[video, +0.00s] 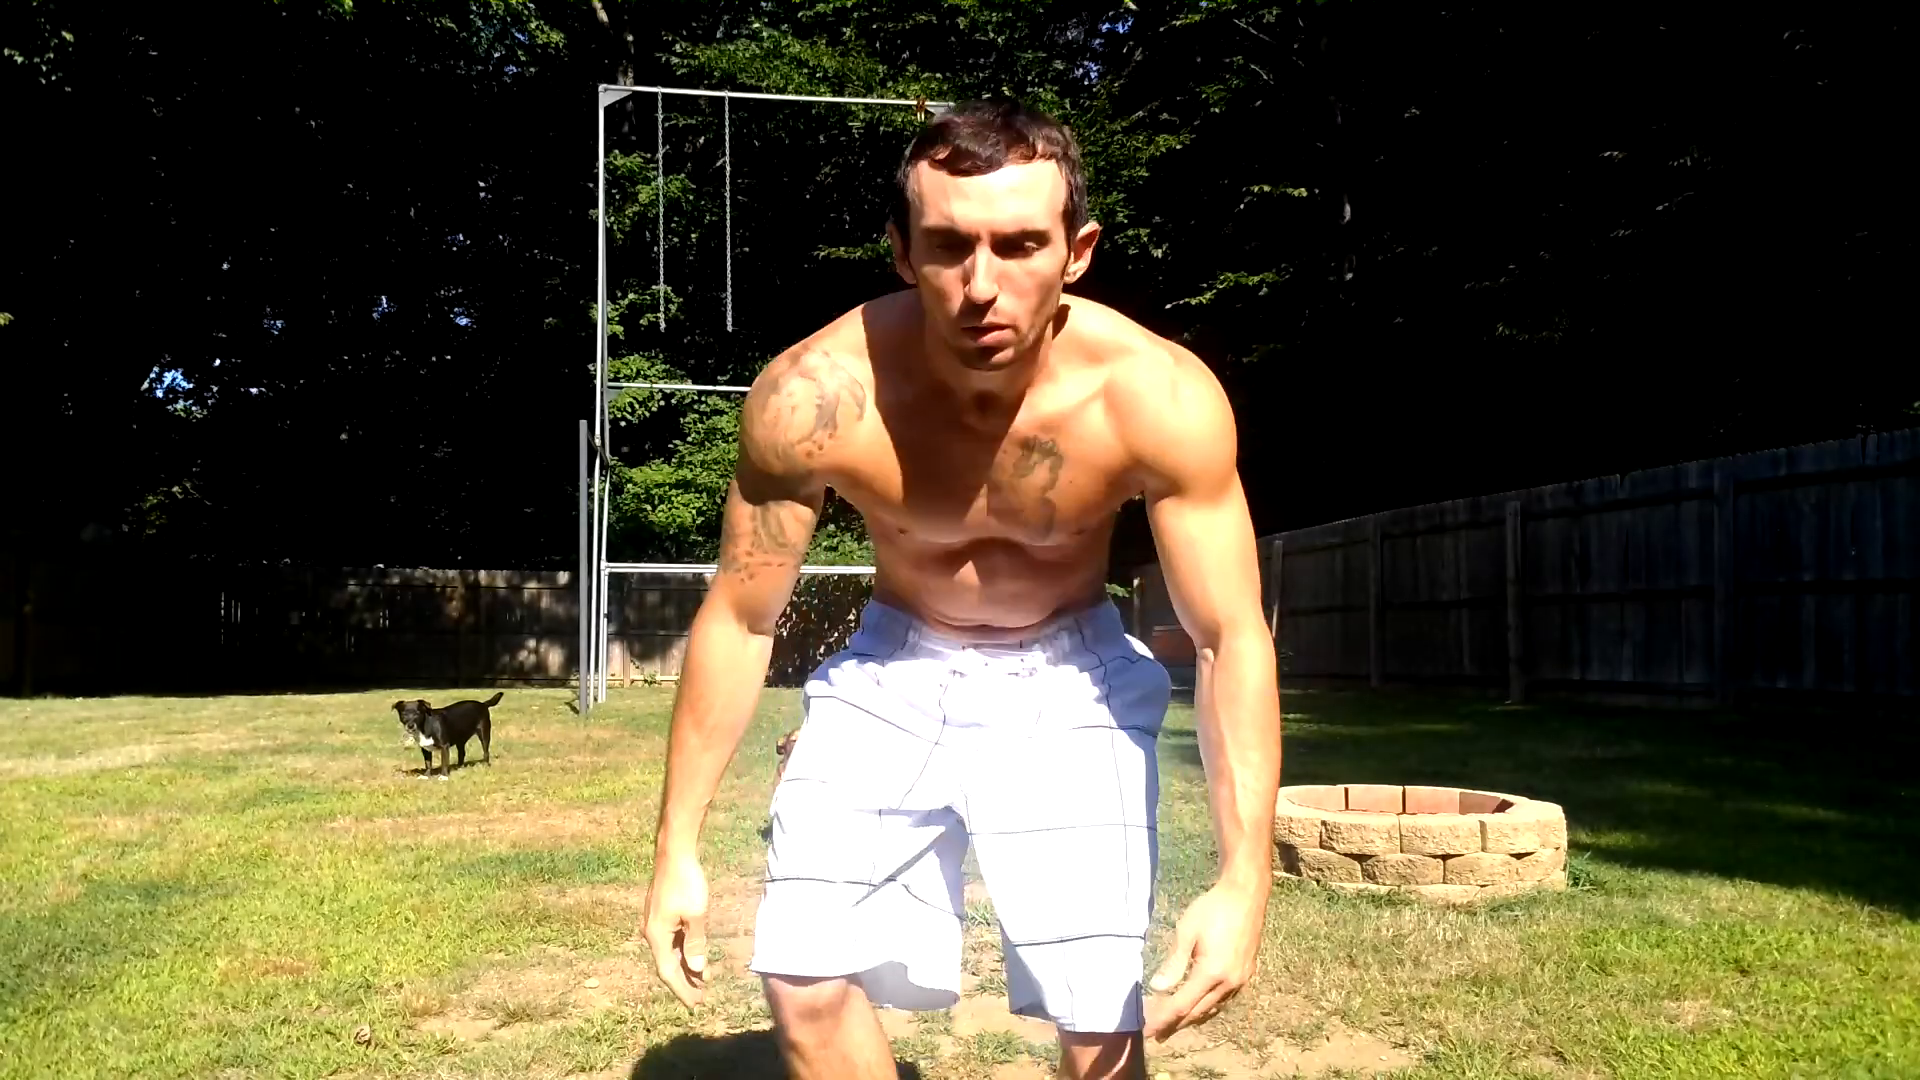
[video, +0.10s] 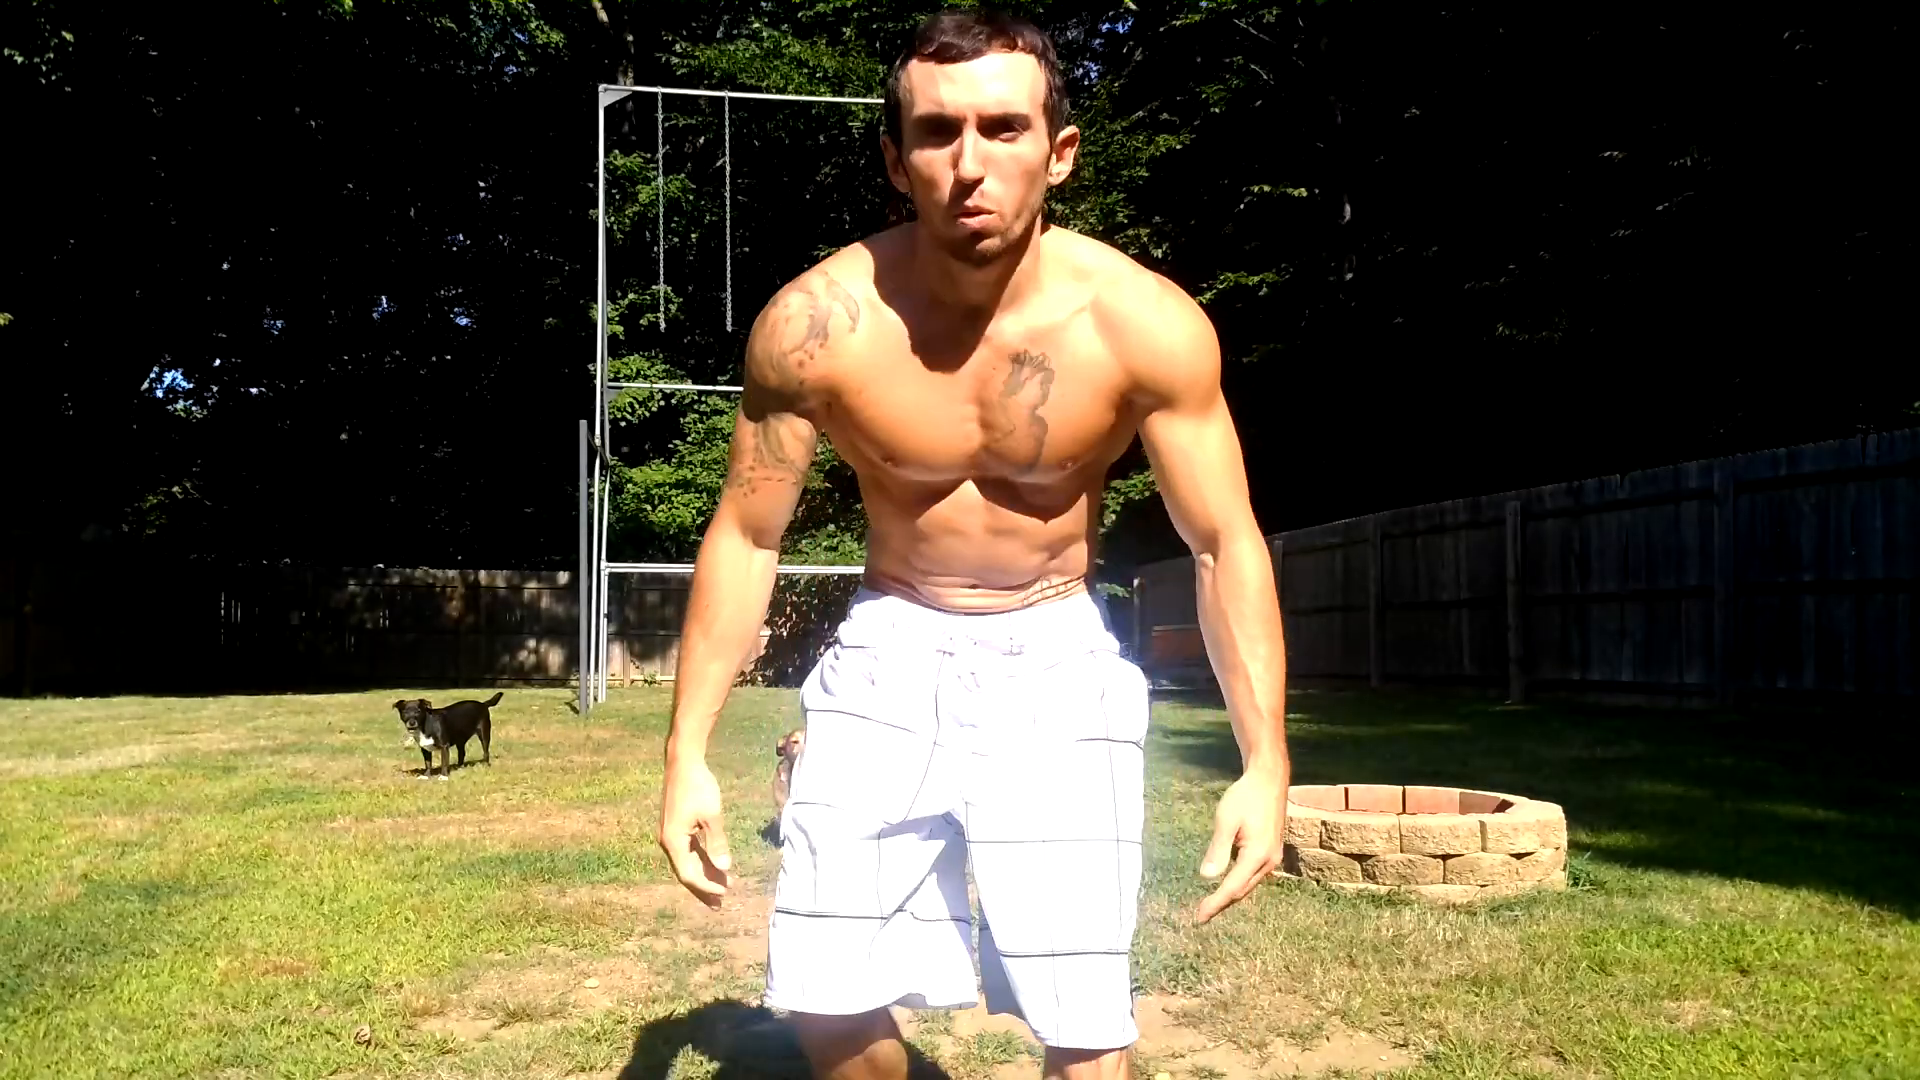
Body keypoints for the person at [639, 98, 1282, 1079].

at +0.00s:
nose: (980, 285)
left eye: (1016, 246)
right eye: (947, 248)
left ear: (1075, 250)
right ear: (905, 252)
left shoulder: (1162, 403)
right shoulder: (812, 399)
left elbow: (1233, 641)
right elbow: (738, 618)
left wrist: (1242, 881)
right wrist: (676, 844)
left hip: (1073, 672)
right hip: (891, 658)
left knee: (1098, 1020)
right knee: (804, 974)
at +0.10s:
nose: (968, 165)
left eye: (1002, 129)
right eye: (937, 132)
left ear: (1059, 152)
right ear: (896, 158)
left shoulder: (1147, 328)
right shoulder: (814, 326)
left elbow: (1225, 547)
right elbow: (746, 538)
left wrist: (1265, 766)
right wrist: (688, 749)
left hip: (1061, 663)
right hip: (882, 658)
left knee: (1083, 1026)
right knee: (829, 1010)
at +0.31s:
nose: (928, 130)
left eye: (957, 99)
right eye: (902, 106)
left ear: (1012, 118)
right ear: (873, 132)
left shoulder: (1095, 284)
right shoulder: (806, 297)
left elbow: (1184, 481)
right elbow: (739, 498)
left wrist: (1274, 628)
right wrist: (688, 696)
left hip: (1041, 650)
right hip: (879, 653)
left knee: (1058, 1020)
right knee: (896, 1025)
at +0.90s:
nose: (998, 207)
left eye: (1021, 180)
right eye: (975, 181)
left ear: (1073, 151)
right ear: (947, 157)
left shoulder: (1158, 281)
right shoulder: (904, 287)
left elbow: (1236, 459)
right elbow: (873, 458)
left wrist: (1294, 625)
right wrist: (831, 624)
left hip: (1093, 624)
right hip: (946, 619)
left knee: (1098, 920)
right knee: (925, 919)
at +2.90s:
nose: (956, 116)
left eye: (982, 95)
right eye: (932, 94)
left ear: (1019, 121)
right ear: (904, 119)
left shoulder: (1092, 274)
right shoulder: (829, 277)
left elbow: (1132, 464)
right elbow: (782, 458)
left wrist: (1155, 636)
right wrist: (742, 635)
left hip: (1040, 625)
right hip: (883, 622)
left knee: (1062, 947)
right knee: (880, 944)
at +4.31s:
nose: (973, 115)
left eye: (1001, 94)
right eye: (950, 90)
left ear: (1035, 124)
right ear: (918, 113)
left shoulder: (1099, 275)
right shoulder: (841, 274)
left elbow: (1144, 460)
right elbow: (794, 456)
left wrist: (1182, 623)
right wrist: (755, 633)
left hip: (1050, 623)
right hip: (893, 623)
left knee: (1070, 946)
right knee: (884, 945)